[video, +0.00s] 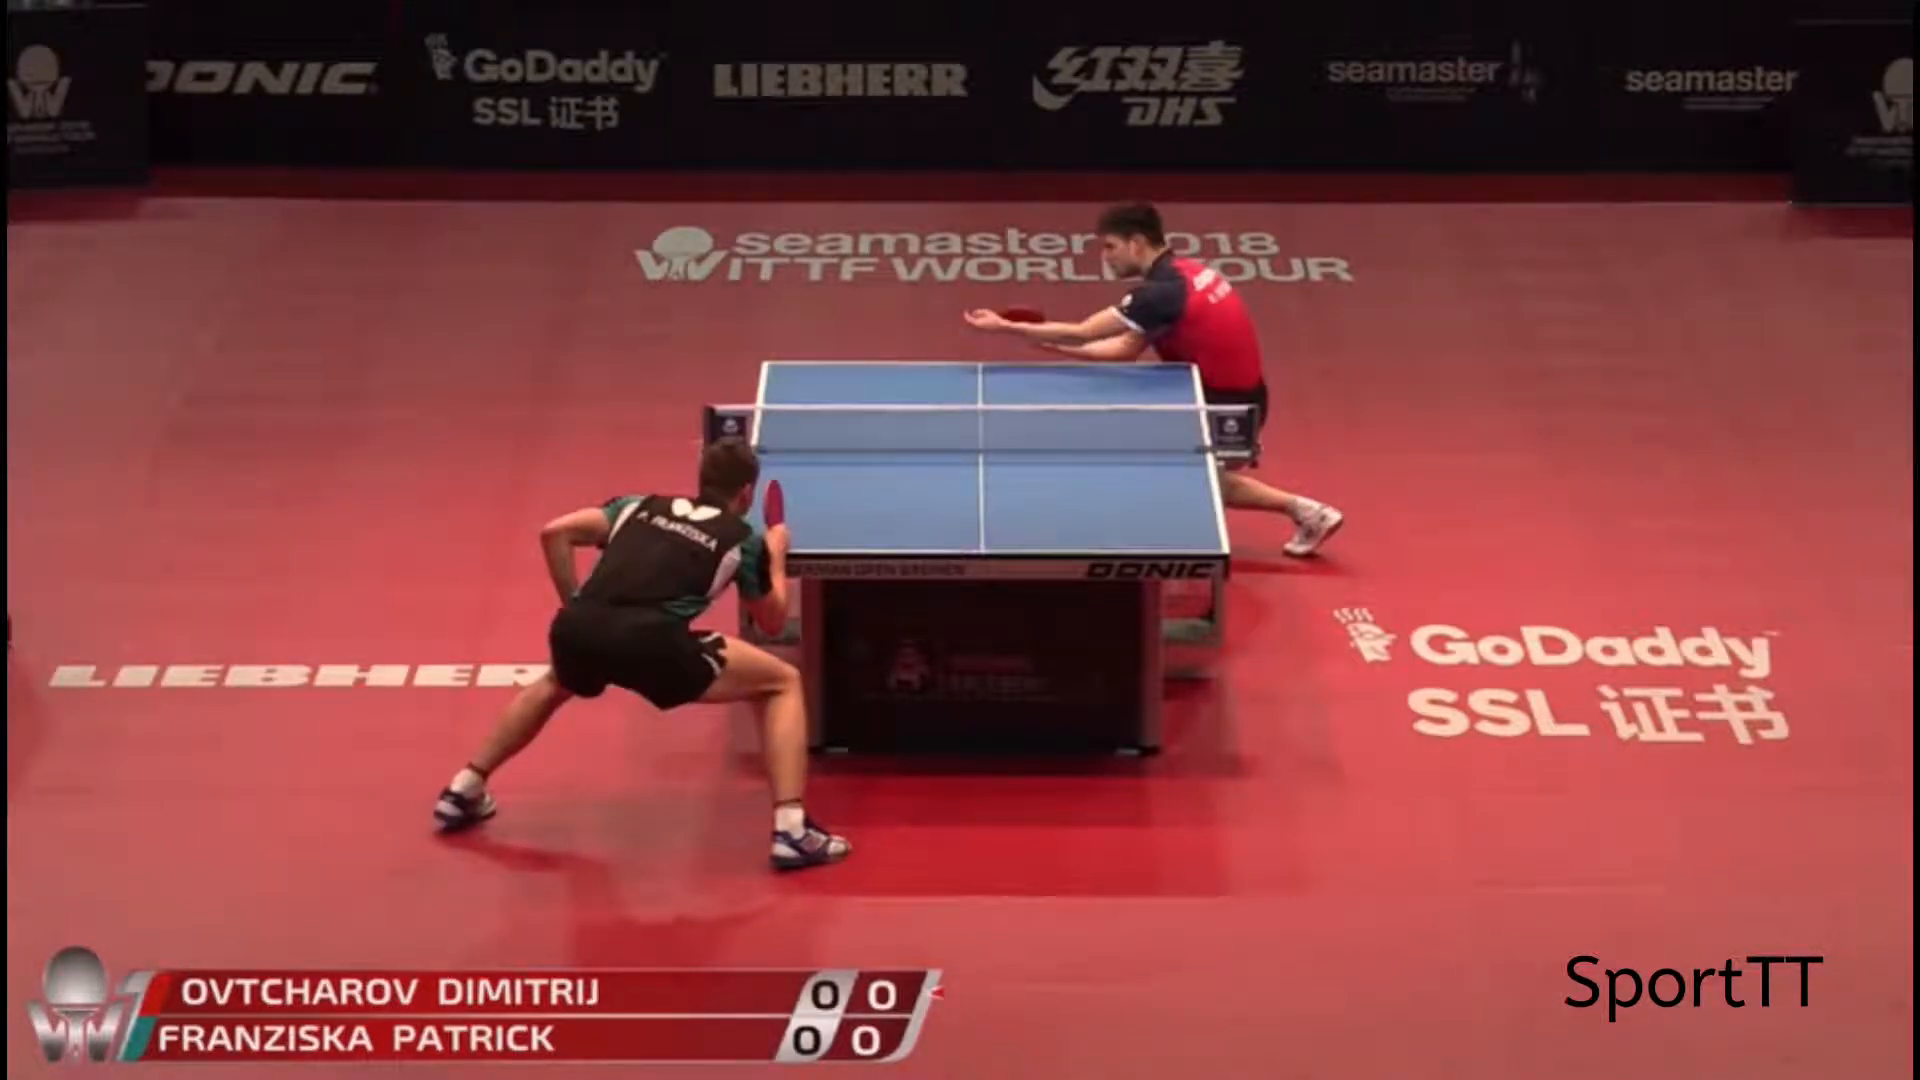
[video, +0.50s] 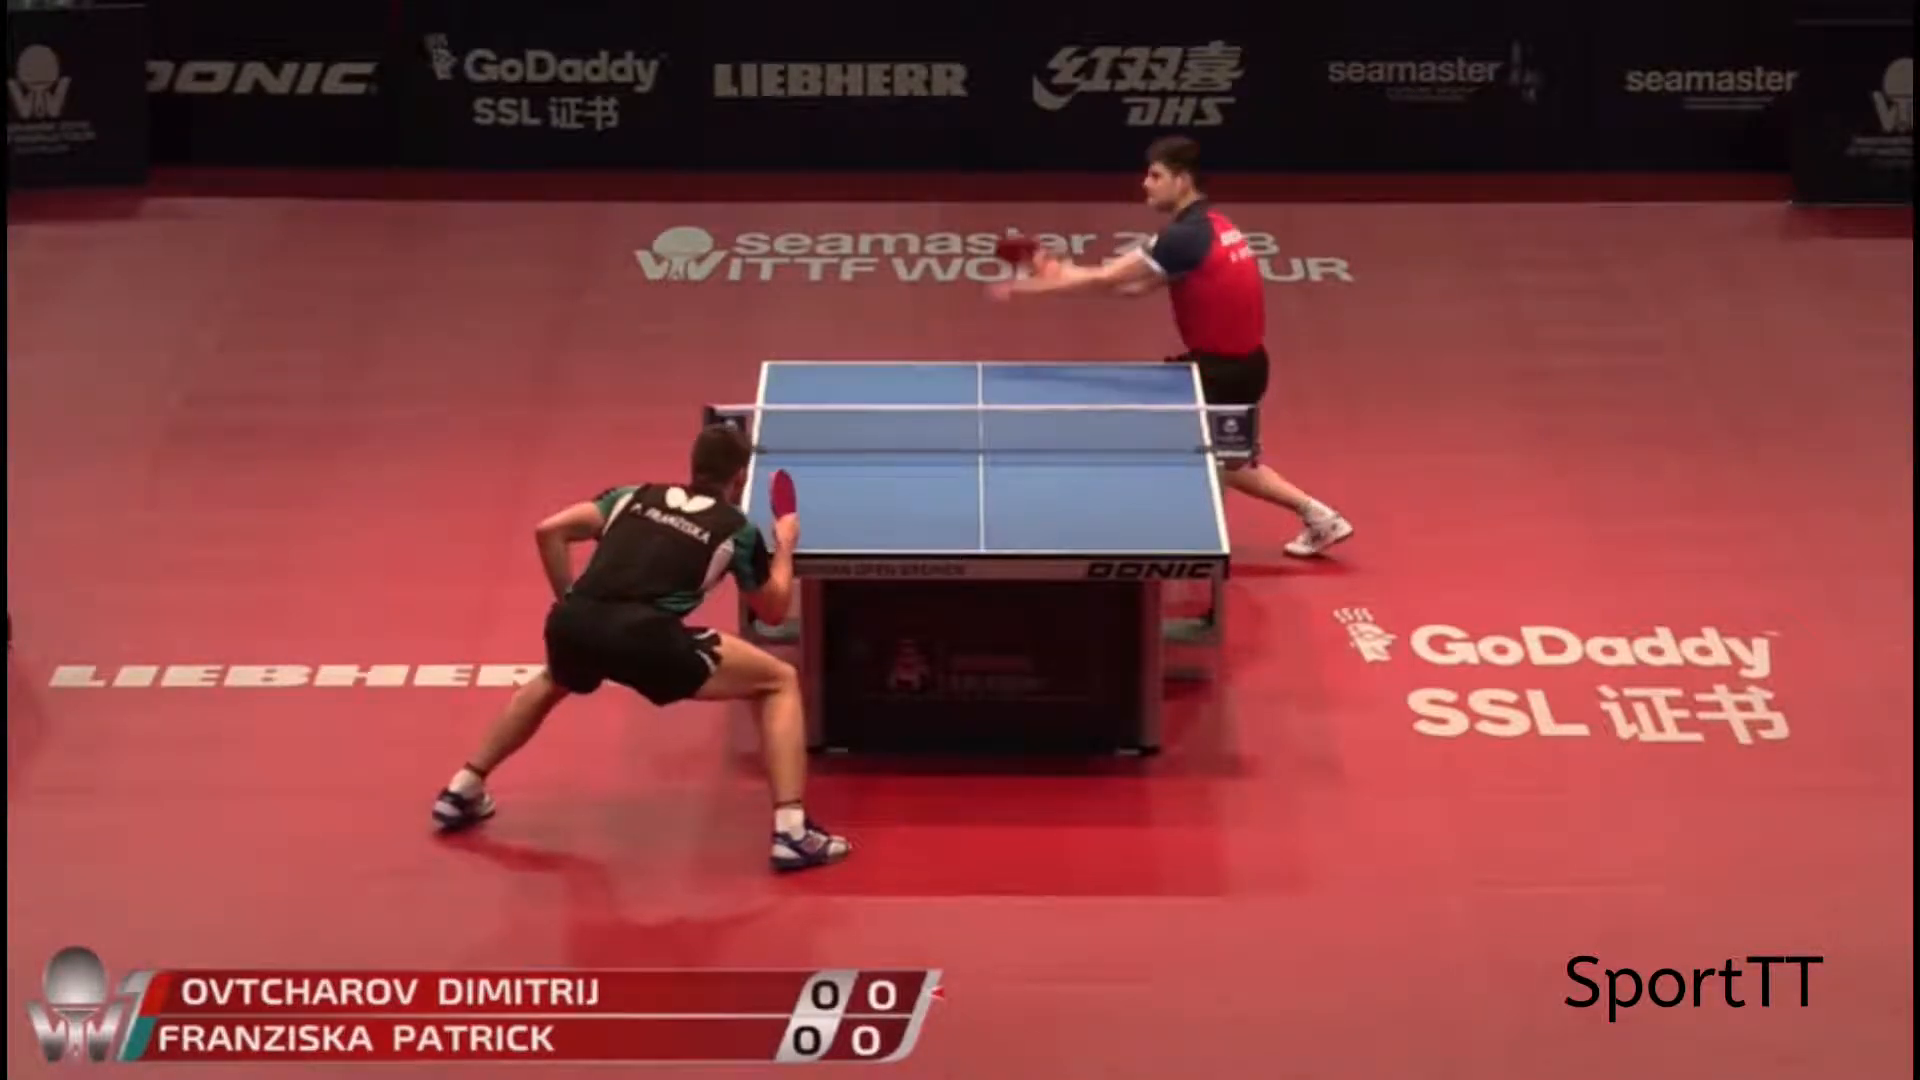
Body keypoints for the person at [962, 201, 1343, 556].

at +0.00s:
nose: (1106, 257)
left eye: (1110, 247)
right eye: (1104, 248)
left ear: (1139, 243)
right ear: (1144, 243)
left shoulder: (1165, 287)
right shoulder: (1181, 272)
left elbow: (1080, 331)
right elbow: (1125, 348)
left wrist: (1006, 325)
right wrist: (1058, 348)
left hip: (1230, 400)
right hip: (1231, 391)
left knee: (1208, 480)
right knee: (1205, 474)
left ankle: (1306, 511)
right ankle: (1304, 511)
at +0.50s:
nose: (1145, 184)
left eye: (1154, 176)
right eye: (1147, 175)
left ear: (1180, 181)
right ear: (1182, 183)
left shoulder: (1188, 234)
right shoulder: (1210, 223)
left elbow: (1112, 276)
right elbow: (1139, 283)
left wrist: (1053, 278)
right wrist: (1070, 273)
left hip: (1223, 369)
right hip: (1238, 364)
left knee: (1230, 467)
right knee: (1232, 466)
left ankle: (1319, 516)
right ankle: (1318, 517)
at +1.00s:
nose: (1181, 110)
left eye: (1192, 103)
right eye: (1184, 101)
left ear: (1220, 117)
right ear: (1217, 120)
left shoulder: (1216, 161)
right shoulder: (1229, 165)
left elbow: (1136, 155)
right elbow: (1144, 192)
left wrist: (1068, 115)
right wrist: (1088, 137)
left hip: (1225, 315)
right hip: (1253, 315)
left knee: (1145, 406)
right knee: (1250, 430)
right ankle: (1330, 525)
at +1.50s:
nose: (1205, 102)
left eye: (1217, 95)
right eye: (1209, 94)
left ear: (1244, 109)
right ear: (1246, 113)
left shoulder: (1234, 151)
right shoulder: (1285, 165)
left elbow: (1201, 194)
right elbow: (1310, 247)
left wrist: (1137, 202)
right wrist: (1326, 282)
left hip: (1245, 303)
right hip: (1287, 306)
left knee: (1163, 386)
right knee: (1275, 423)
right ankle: (1334, 531)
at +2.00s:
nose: (1106, 207)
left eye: (1114, 198)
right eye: (1101, 199)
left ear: (1139, 191)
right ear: (1095, 199)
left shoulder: (1167, 227)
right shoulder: (1120, 212)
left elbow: (1235, 272)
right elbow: (1074, 229)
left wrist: (1187, 288)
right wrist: (1091, 251)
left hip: (1216, 323)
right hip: (1180, 319)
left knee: (1166, 403)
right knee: (1139, 387)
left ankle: (1247, 445)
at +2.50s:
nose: (1084, 179)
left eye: (1093, 168)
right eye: (1078, 170)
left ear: (1116, 162)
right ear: (1071, 170)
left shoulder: (1162, 195)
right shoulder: (1071, 210)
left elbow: (1216, 242)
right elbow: (1043, 267)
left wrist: (1164, 268)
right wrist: (1028, 291)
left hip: (1163, 314)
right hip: (1097, 313)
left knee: (1221, 401)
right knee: (1039, 388)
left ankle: (1259, 494)